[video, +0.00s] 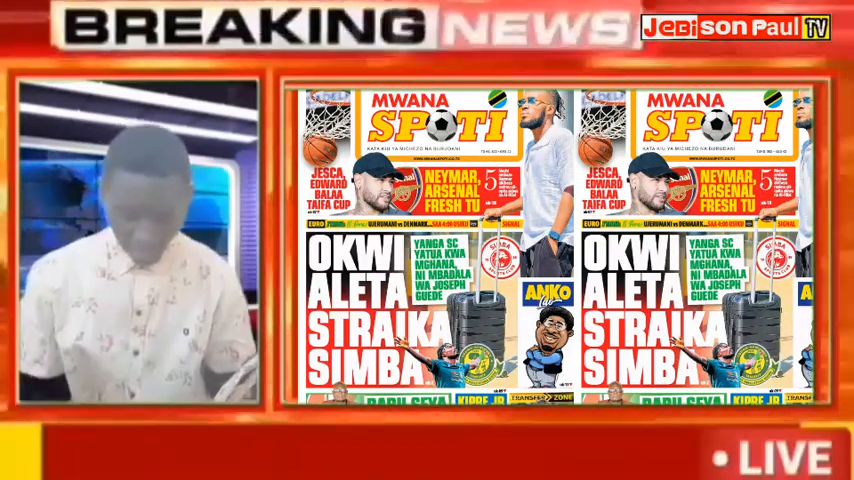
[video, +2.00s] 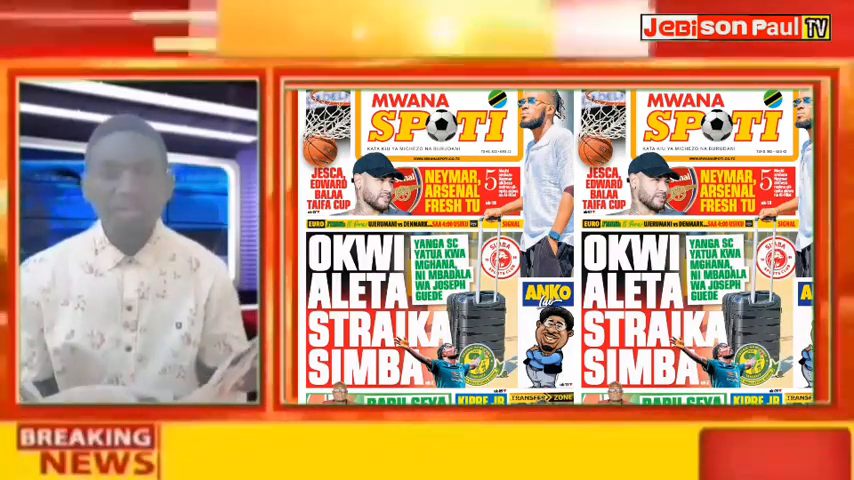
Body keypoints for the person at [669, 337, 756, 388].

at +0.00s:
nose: (729, 348)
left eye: (729, 347)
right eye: (725, 347)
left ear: (731, 351)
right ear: (718, 353)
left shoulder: (737, 366)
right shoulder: (714, 364)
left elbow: (750, 365)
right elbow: (698, 359)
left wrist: (754, 359)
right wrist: (684, 348)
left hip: (737, 401)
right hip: (720, 401)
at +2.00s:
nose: (729, 348)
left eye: (729, 347)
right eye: (725, 347)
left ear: (731, 351)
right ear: (718, 353)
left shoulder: (737, 366)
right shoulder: (714, 364)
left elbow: (750, 365)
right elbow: (698, 359)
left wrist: (754, 359)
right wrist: (684, 348)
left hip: (737, 401)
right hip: (720, 402)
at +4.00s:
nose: (728, 349)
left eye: (729, 347)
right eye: (724, 347)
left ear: (731, 351)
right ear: (718, 353)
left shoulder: (737, 366)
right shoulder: (714, 364)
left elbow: (750, 365)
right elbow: (698, 359)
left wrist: (754, 359)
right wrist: (684, 348)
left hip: (737, 401)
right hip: (720, 401)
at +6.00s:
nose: (728, 348)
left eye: (729, 347)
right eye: (724, 347)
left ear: (731, 351)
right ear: (718, 353)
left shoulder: (737, 366)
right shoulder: (714, 364)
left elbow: (749, 365)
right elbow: (698, 359)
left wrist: (754, 359)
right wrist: (684, 348)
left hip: (737, 400)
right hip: (720, 400)